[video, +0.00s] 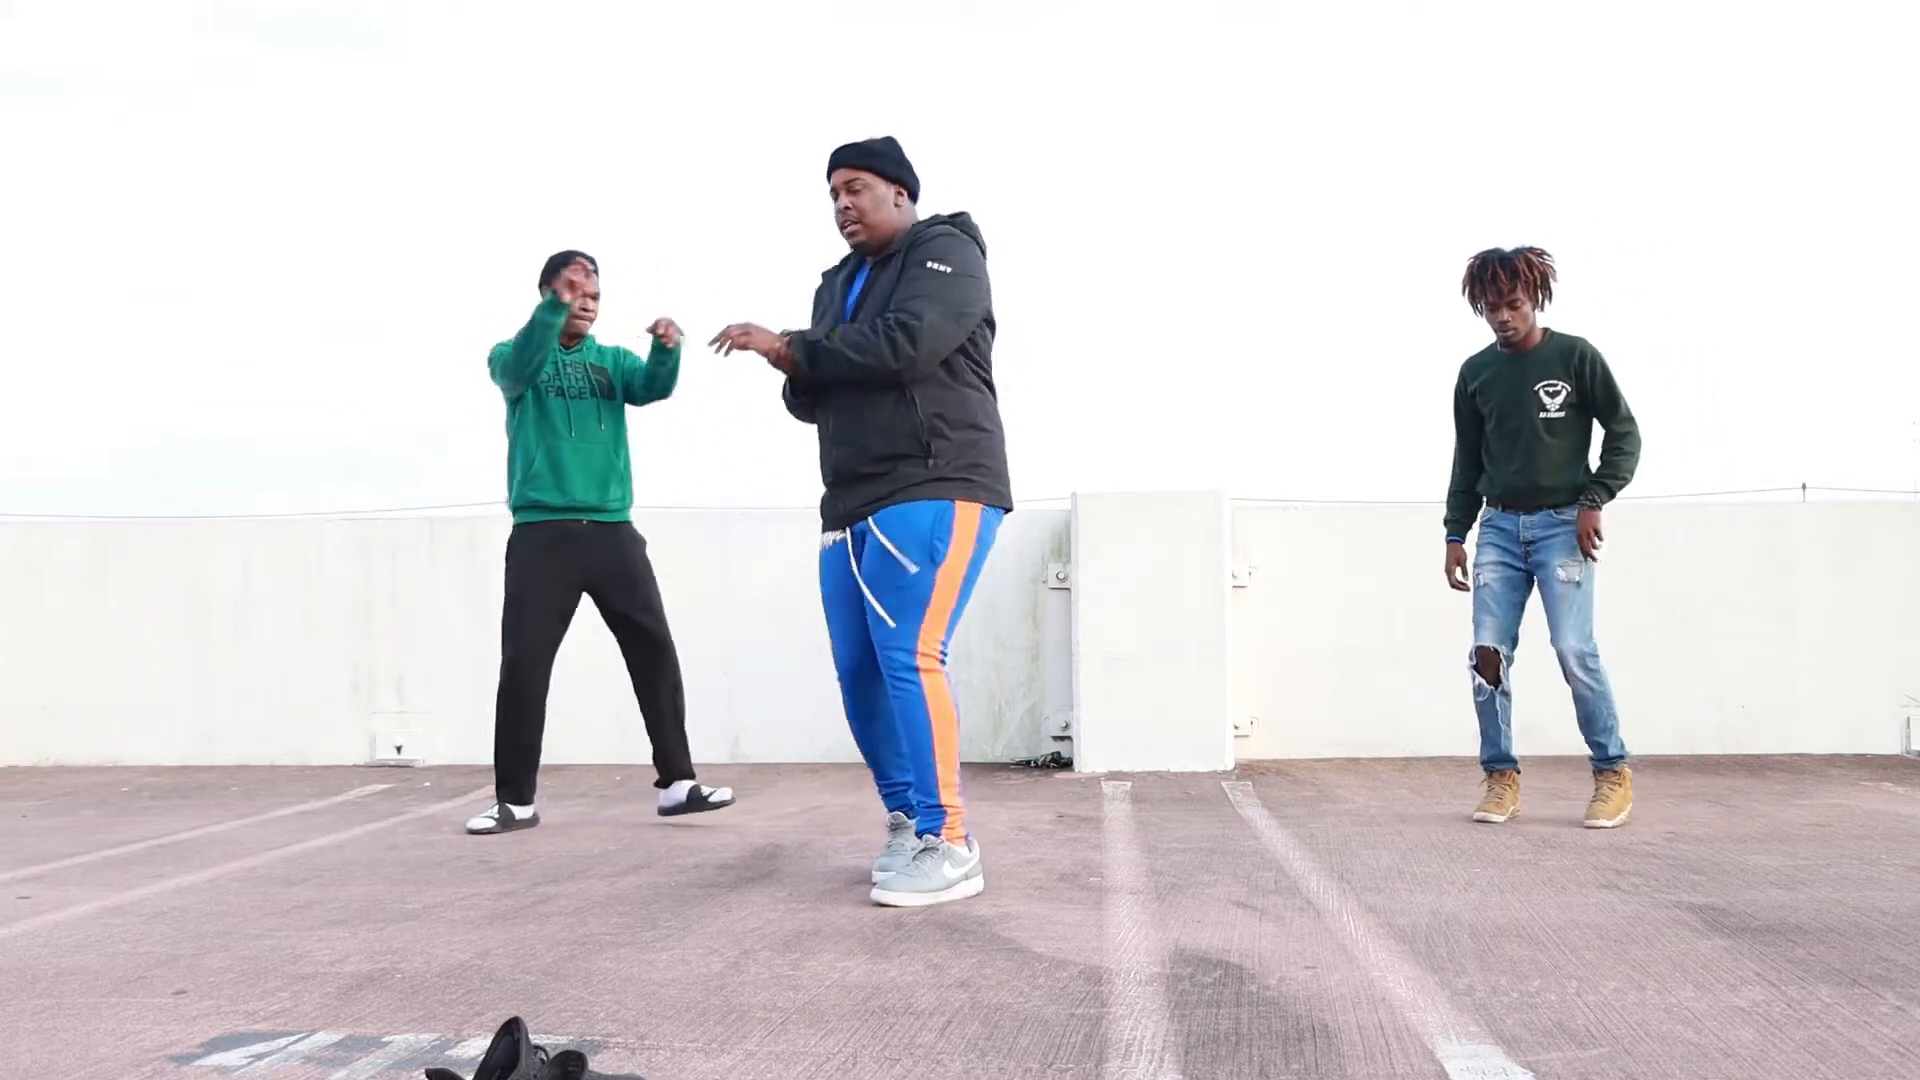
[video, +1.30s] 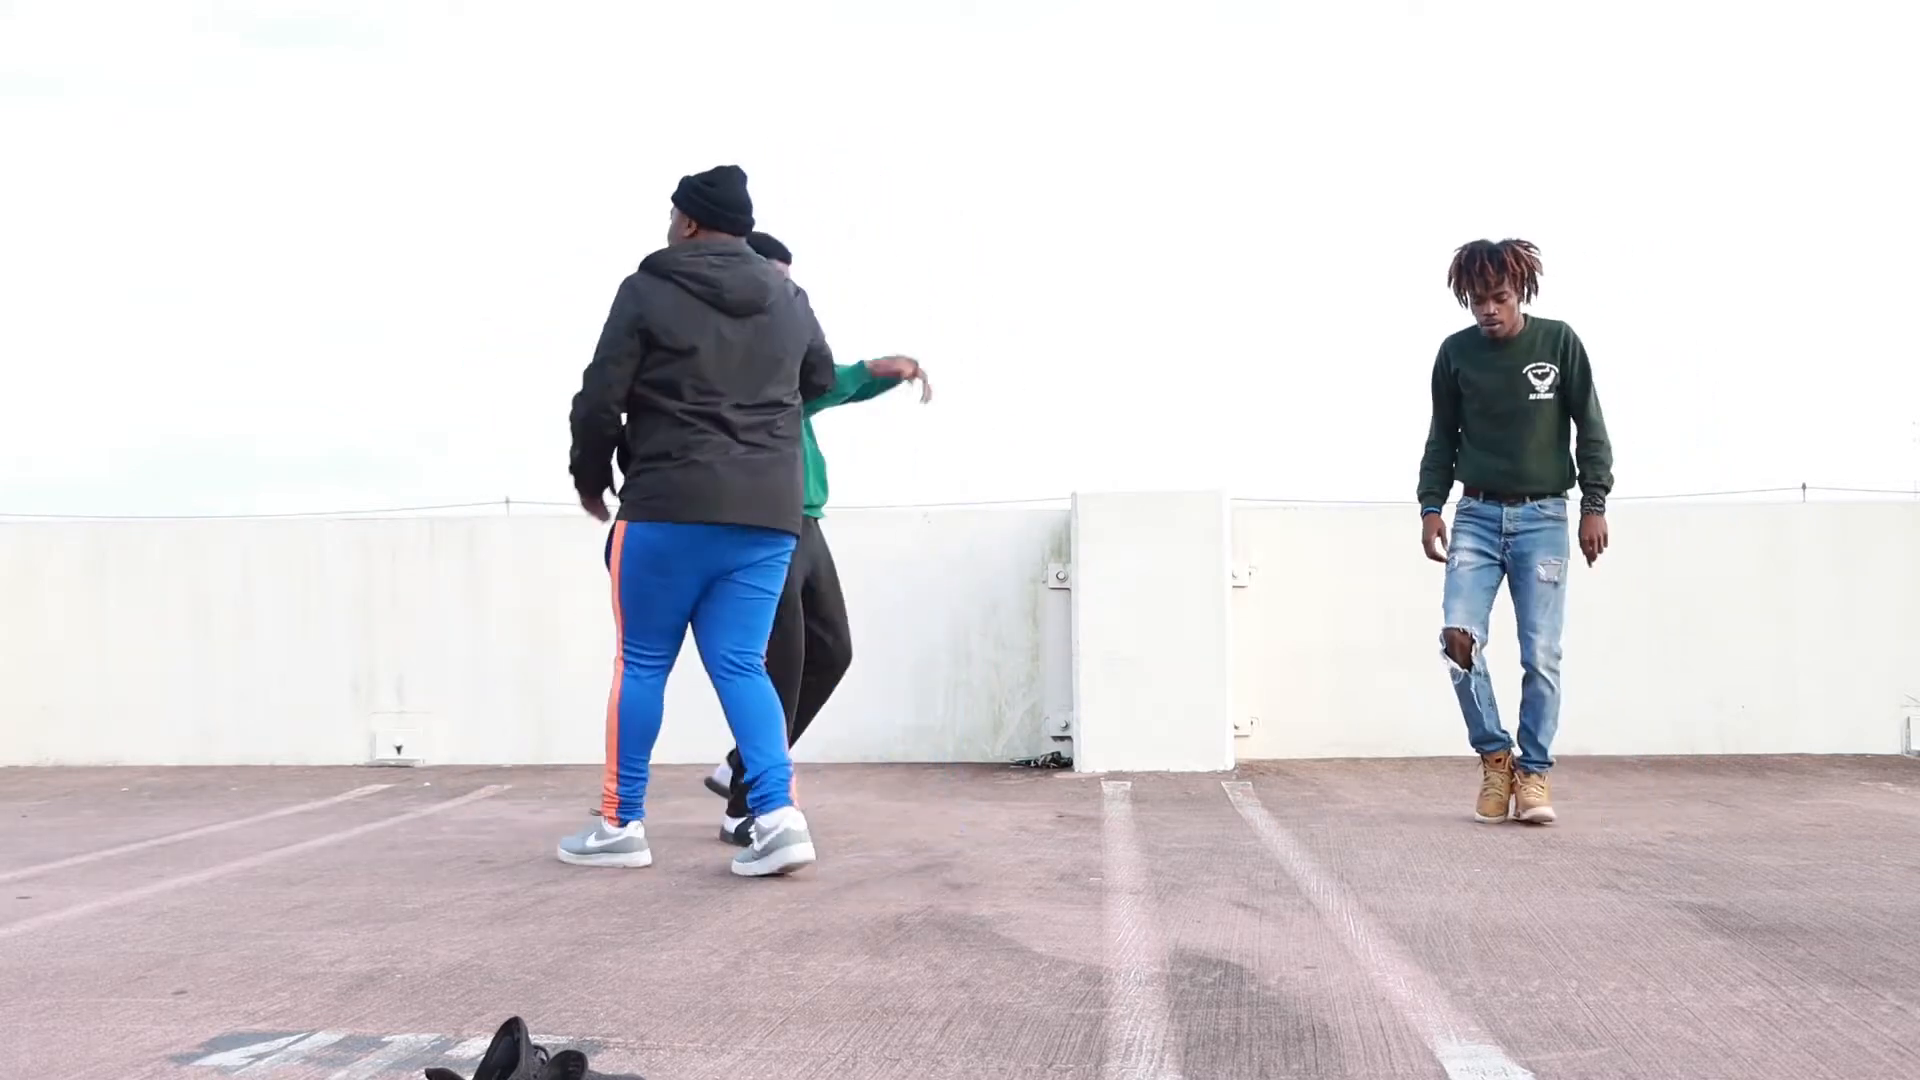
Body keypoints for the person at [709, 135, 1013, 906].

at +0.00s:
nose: (842, 204)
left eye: (854, 189)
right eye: (835, 194)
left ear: (899, 190)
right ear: (836, 206)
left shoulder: (945, 247)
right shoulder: (836, 286)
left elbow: (907, 344)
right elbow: (812, 402)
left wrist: (796, 348)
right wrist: (792, 363)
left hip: (938, 487)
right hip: (854, 500)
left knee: (911, 654)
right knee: (861, 671)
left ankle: (949, 843)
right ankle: (910, 829)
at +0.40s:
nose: (817, 195)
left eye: (827, 181)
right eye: (819, 182)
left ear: (864, 182)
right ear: (876, 185)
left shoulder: (864, 237)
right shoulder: (902, 246)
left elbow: (808, 342)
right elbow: (881, 370)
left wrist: (740, 364)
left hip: (895, 481)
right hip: (870, 484)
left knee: (880, 659)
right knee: (816, 651)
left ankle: (946, 845)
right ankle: (794, 827)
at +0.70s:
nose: (775, 208)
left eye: (784, 196)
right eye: (780, 195)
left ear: (815, 201)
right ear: (842, 205)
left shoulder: (801, 261)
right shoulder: (880, 282)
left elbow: (741, 359)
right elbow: (835, 373)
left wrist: (700, 395)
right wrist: (744, 374)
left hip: (815, 491)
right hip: (856, 489)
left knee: (813, 666)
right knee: (762, 661)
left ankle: (928, 831)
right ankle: (784, 830)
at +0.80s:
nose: (759, 208)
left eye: (767, 197)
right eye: (763, 196)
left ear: (799, 203)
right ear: (823, 207)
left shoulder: (782, 261)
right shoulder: (864, 281)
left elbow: (716, 364)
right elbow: (825, 369)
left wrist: (681, 384)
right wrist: (732, 354)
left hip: (796, 483)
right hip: (862, 493)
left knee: (742, 651)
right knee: (773, 657)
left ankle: (871, 794)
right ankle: (783, 831)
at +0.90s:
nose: (742, 207)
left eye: (750, 195)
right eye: (745, 195)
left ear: (780, 200)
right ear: (806, 205)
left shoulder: (759, 261)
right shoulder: (851, 283)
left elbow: (693, 372)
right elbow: (804, 370)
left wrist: (669, 379)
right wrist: (706, 360)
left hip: (773, 482)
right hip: (849, 493)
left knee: (698, 641)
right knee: (777, 657)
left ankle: (788, 799)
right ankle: (788, 835)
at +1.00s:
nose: (724, 205)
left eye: (730, 194)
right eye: (726, 193)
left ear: (758, 198)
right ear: (793, 203)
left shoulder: (733, 257)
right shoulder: (839, 281)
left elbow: (678, 363)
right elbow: (819, 373)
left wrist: (662, 392)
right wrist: (718, 389)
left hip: (748, 481)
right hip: (835, 488)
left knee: (682, 640)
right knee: (781, 652)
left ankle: (703, 819)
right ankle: (787, 831)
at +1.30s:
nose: (669, 225)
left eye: (673, 217)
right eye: (675, 215)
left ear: (688, 223)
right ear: (739, 226)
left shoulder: (649, 288)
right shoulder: (786, 293)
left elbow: (598, 401)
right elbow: (820, 377)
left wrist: (591, 475)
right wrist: (761, 408)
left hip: (669, 501)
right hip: (769, 509)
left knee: (643, 663)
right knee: (738, 662)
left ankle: (621, 823)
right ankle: (777, 815)